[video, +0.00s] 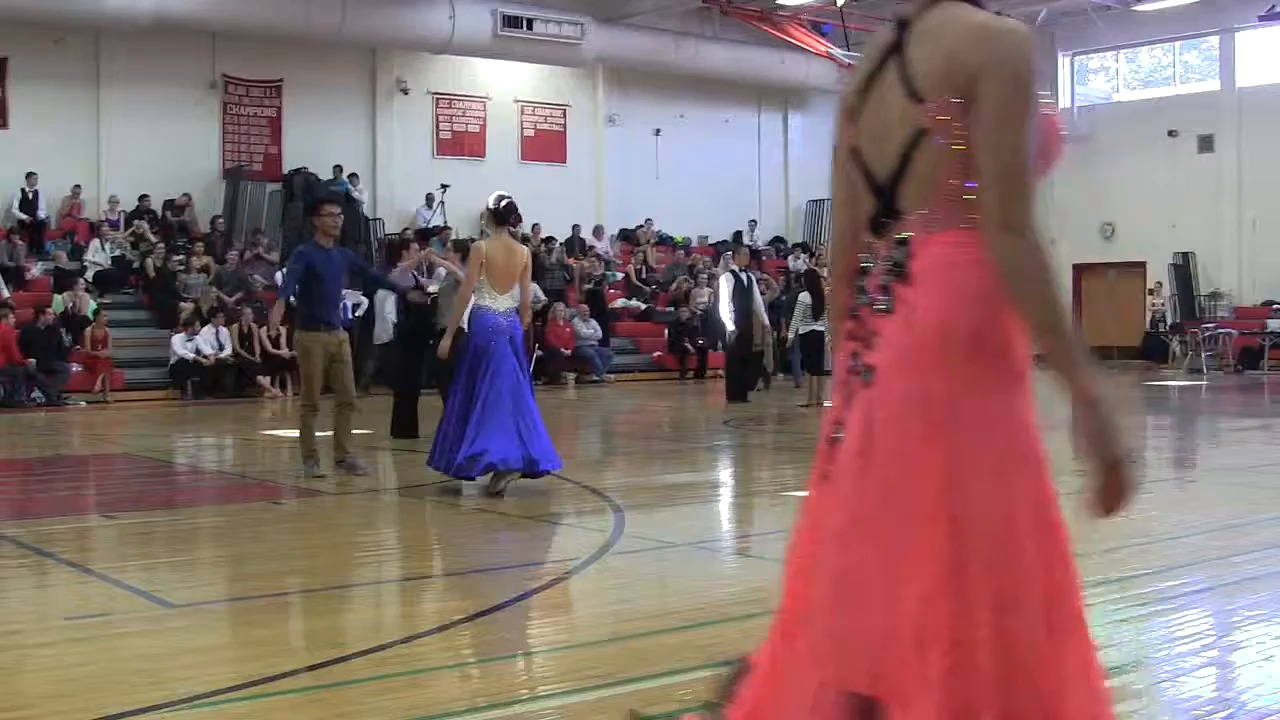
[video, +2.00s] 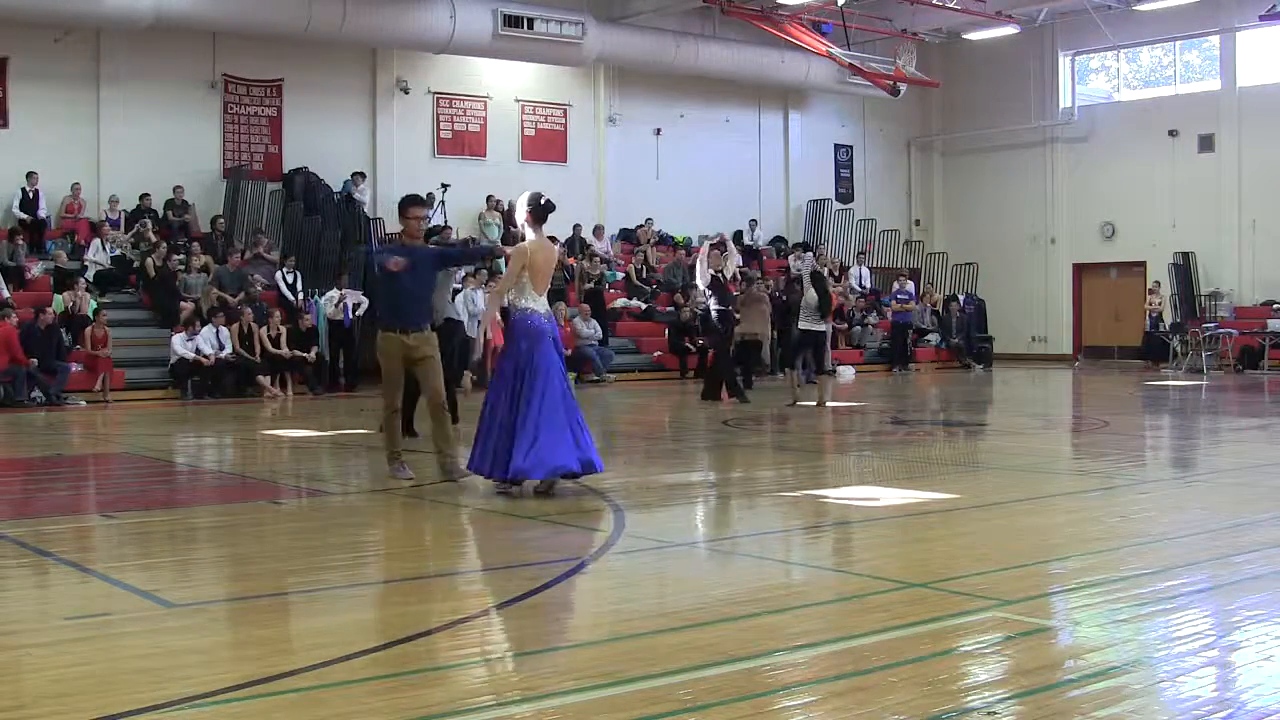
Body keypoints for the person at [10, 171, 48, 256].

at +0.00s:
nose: (35, 181)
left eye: (36, 179)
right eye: (33, 179)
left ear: (37, 180)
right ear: (28, 180)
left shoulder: (39, 193)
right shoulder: (20, 192)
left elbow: (42, 210)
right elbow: (14, 209)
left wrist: (39, 217)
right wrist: (25, 217)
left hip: (36, 218)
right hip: (24, 219)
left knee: (42, 224)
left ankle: (40, 248)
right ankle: (32, 248)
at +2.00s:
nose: (36, 181)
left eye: (37, 178)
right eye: (34, 178)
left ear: (38, 180)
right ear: (28, 179)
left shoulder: (39, 193)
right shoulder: (20, 192)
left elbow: (42, 208)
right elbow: (15, 209)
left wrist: (41, 216)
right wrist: (25, 217)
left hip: (36, 217)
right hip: (25, 217)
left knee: (42, 223)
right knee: (33, 226)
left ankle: (40, 248)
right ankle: (32, 248)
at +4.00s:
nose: (35, 181)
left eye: (36, 179)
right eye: (33, 179)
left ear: (37, 180)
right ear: (27, 180)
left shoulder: (39, 193)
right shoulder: (20, 192)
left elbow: (42, 208)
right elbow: (14, 209)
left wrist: (42, 216)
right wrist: (25, 217)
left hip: (36, 217)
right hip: (25, 217)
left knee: (42, 223)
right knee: (32, 226)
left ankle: (40, 247)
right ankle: (31, 247)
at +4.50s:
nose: (35, 181)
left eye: (36, 179)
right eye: (32, 178)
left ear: (37, 180)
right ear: (27, 180)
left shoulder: (39, 193)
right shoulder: (20, 192)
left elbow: (42, 209)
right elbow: (14, 210)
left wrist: (42, 216)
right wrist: (25, 217)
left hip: (36, 217)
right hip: (25, 218)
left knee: (43, 224)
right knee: (33, 226)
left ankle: (40, 248)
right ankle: (32, 248)